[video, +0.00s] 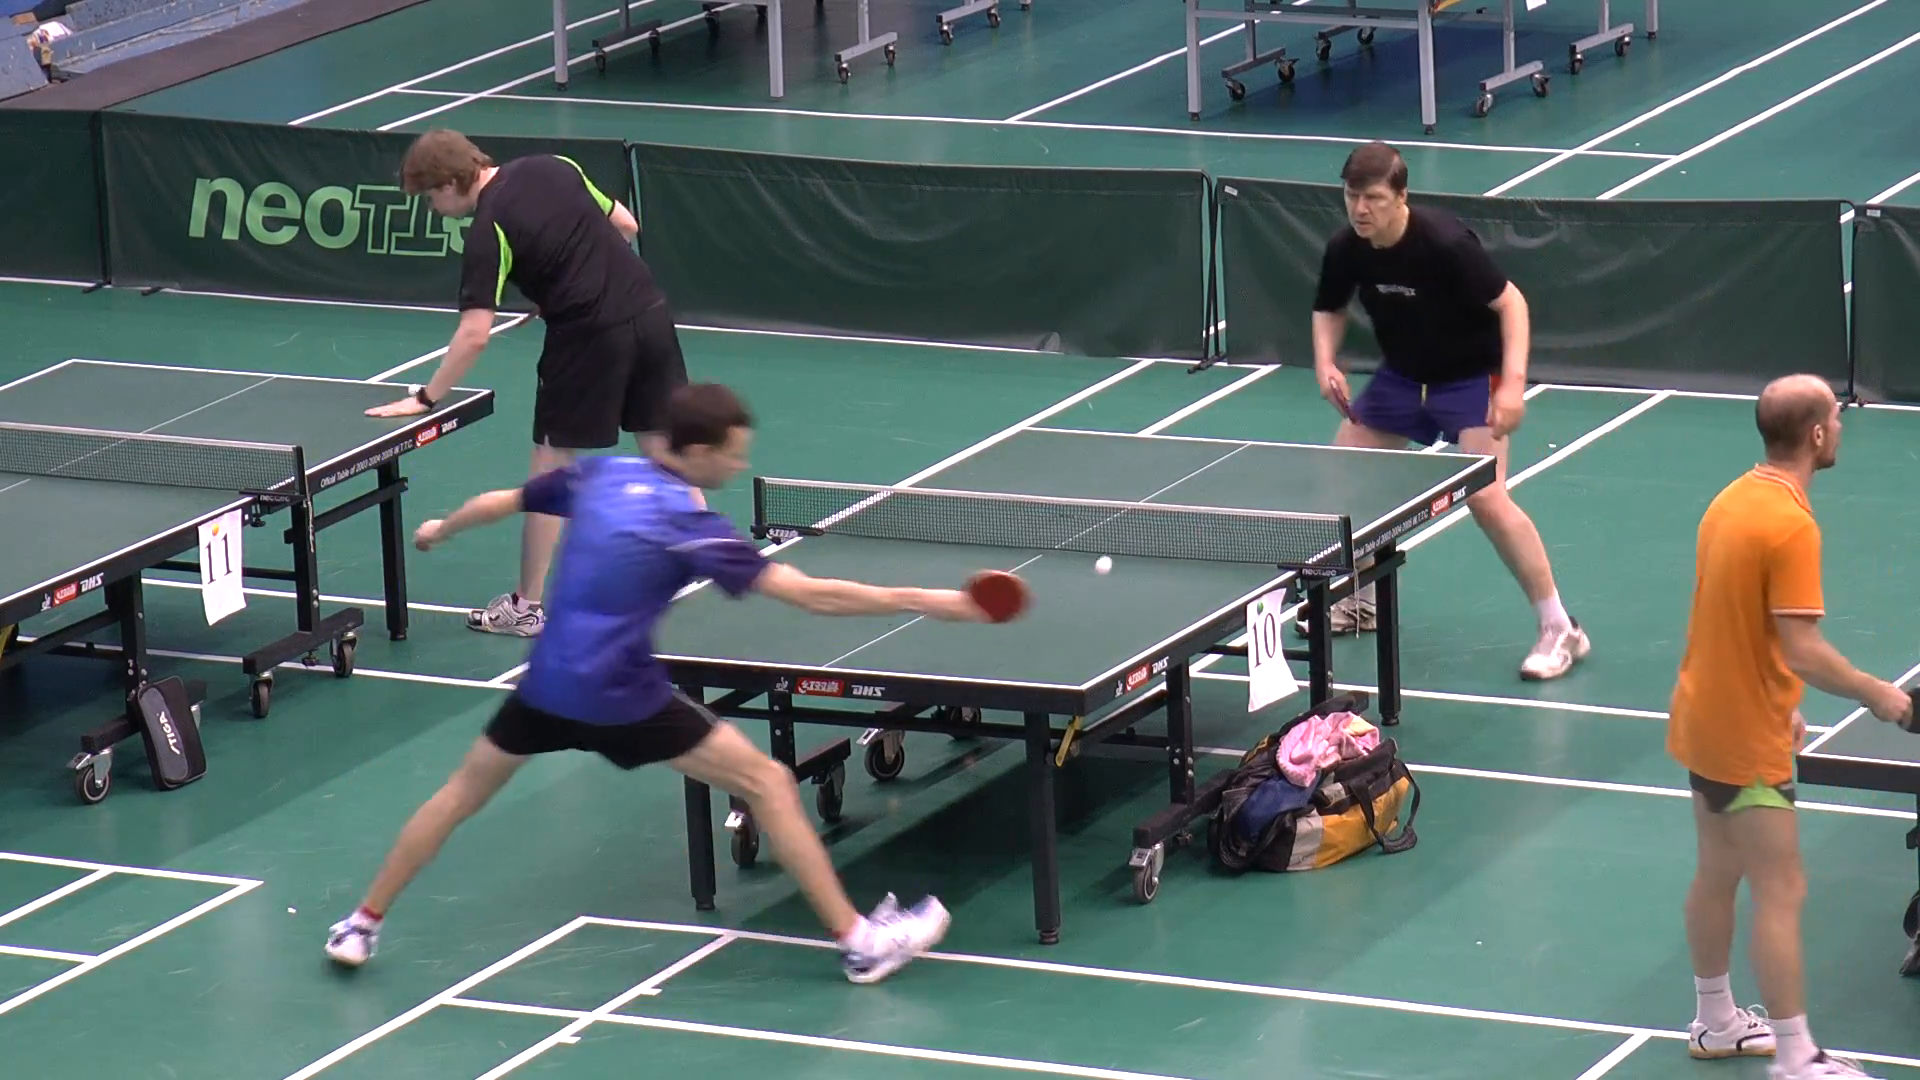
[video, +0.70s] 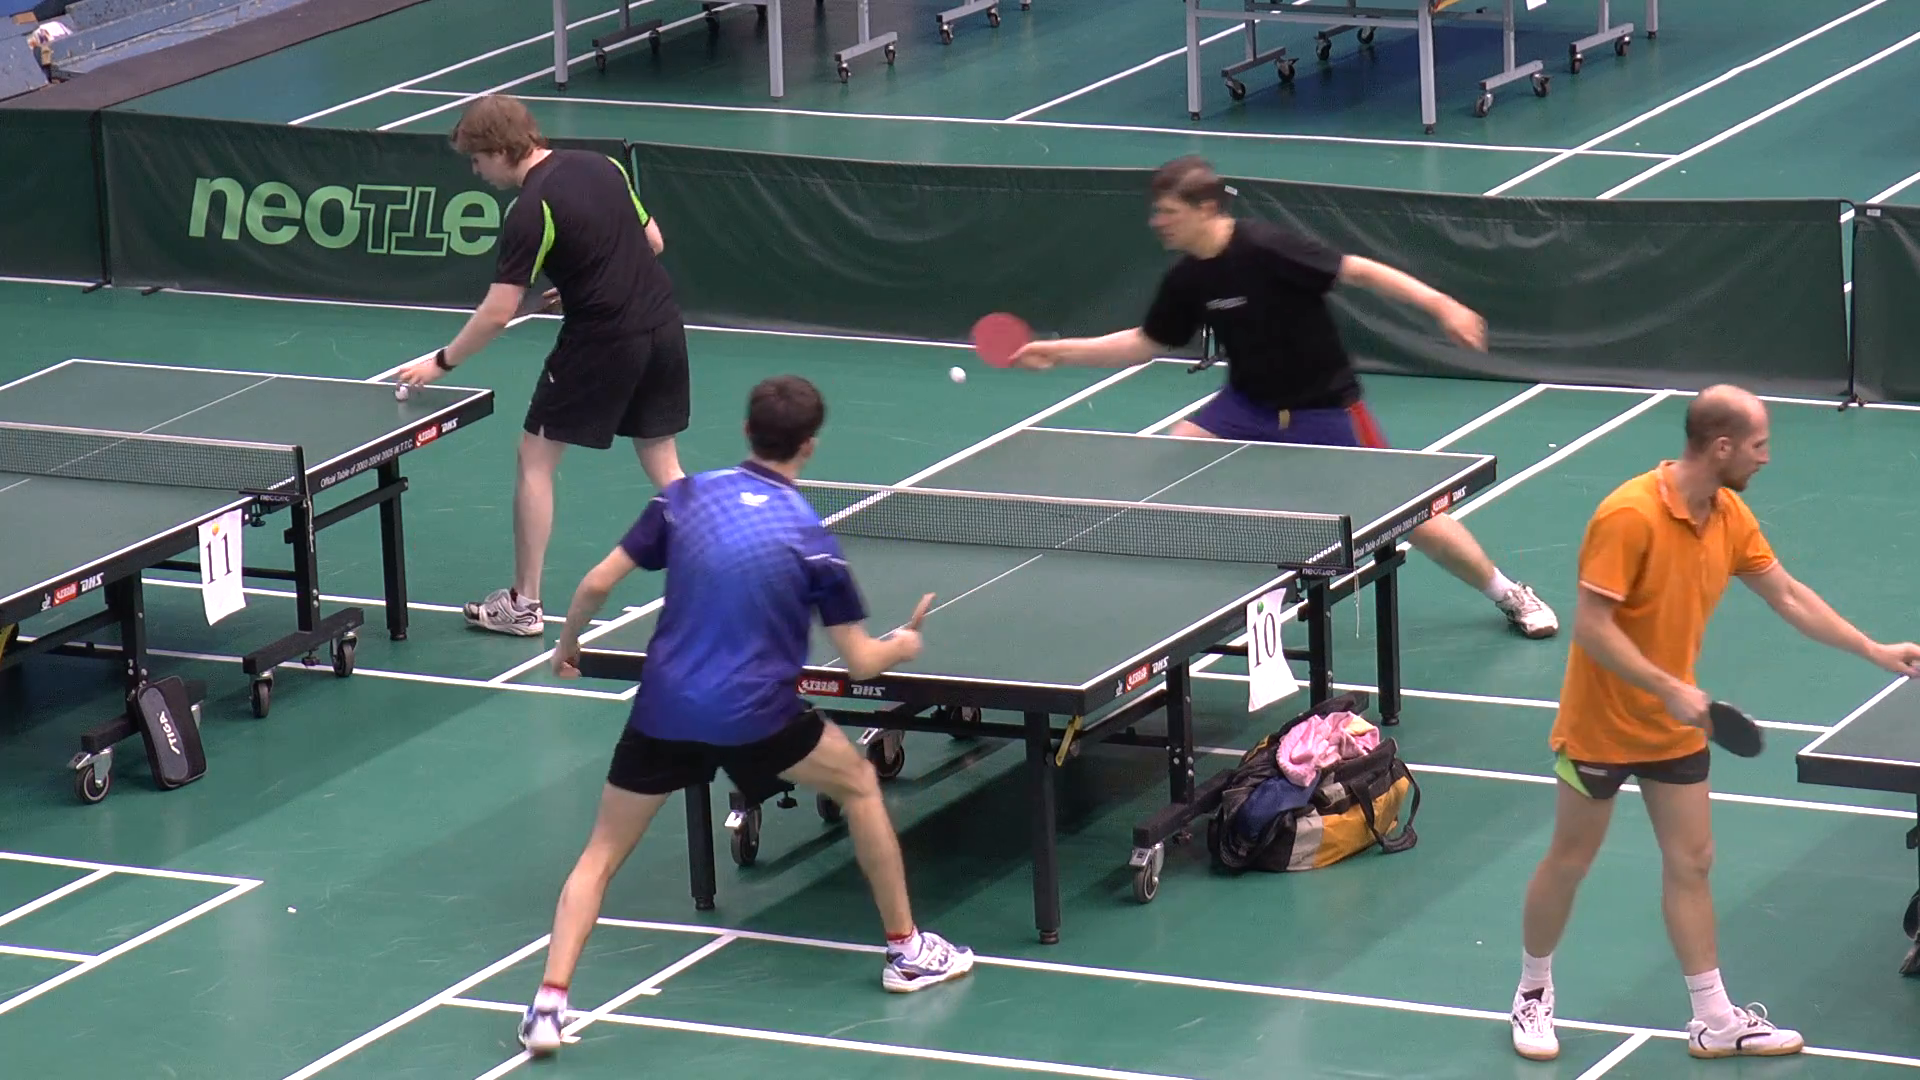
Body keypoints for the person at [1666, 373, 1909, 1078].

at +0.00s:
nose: (1839, 428)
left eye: (1837, 416)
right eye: (1836, 418)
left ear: (1770, 433)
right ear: (1818, 434)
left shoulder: (1731, 499)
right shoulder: (1790, 521)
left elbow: (1721, 627)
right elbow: (1800, 647)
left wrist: (1776, 706)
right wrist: (1877, 691)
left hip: (1702, 721)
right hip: (1746, 734)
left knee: (1716, 872)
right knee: (1780, 890)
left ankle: (1714, 1020)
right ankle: (1797, 1054)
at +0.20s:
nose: (1834, 431)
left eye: (1831, 420)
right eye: (1830, 421)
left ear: (1775, 430)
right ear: (1808, 434)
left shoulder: (1749, 496)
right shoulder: (1751, 514)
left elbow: (1774, 621)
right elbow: (1753, 646)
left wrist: (1833, 674)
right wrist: (1827, 688)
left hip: (1712, 715)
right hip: (1698, 725)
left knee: (1716, 870)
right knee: (1713, 879)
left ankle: (1717, 1016)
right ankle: (1692, 1044)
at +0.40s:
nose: (1823, 440)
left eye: (1821, 429)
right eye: (1818, 430)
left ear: (1772, 435)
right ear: (1791, 439)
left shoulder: (1756, 503)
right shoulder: (1717, 513)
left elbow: (1787, 587)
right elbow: (1693, 634)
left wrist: (1880, 608)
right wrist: (1775, 689)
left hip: (1709, 717)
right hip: (1660, 721)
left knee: (1704, 863)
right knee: (1643, 873)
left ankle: (1714, 1019)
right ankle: (1584, 1011)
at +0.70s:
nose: (1765, 456)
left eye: (1766, 443)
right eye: (1759, 444)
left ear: (1719, 445)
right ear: (1717, 445)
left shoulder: (1729, 513)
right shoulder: (1628, 515)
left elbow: (1789, 596)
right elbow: (1590, 627)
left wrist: (1876, 650)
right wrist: (1669, 688)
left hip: (1674, 716)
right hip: (1600, 717)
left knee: (1690, 860)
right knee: (1569, 858)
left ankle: (1713, 1019)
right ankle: (1532, 994)